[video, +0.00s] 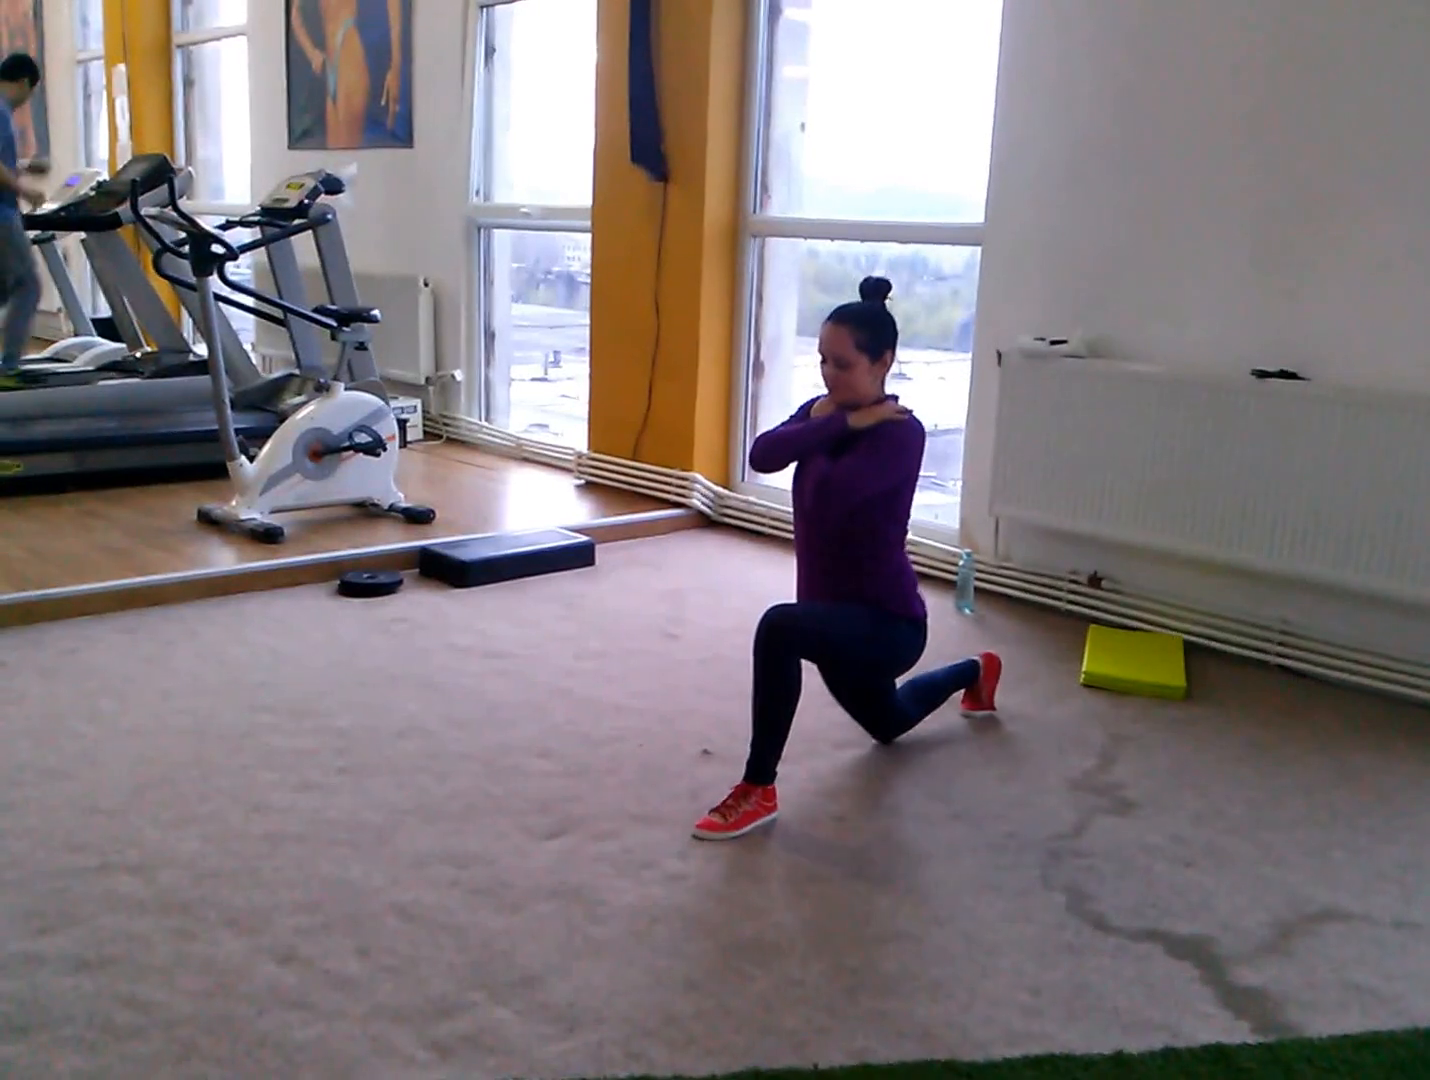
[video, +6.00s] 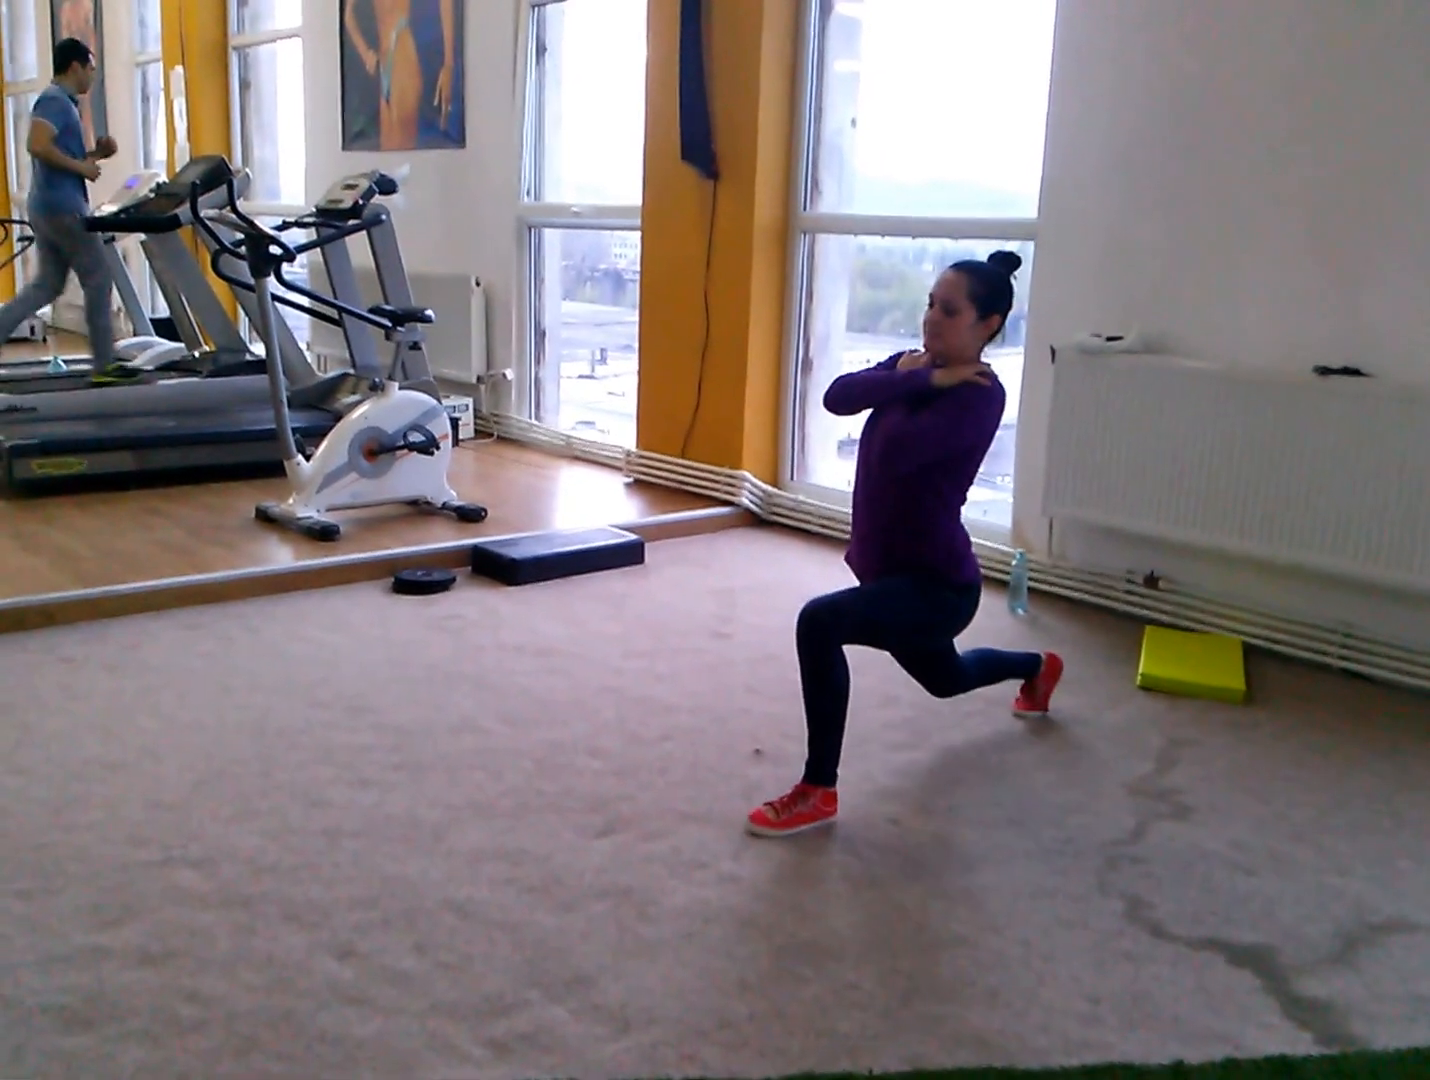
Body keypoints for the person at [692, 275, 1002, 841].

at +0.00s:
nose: (828, 374)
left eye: (840, 364)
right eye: (824, 361)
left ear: (882, 364)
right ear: (821, 358)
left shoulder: (902, 433)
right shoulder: (819, 412)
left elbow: (837, 498)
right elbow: (760, 457)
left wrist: (820, 431)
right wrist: (842, 420)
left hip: (889, 624)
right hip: (828, 619)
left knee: (779, 626)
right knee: (887, 721)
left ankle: (758, 787)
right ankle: (976, 670)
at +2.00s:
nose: (478, 317)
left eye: (491, 301)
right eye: (475, 303)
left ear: (546, 304)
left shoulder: (576, 394)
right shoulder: (498, 386)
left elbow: (483, 486)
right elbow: (420, 453)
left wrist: (497, 401)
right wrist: (501, 386)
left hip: (584, 642)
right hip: (512, 628)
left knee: (572, 840)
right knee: (388, 689)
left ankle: (715, 777)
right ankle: (433, 844)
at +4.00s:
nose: (859, 345)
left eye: (873, 336)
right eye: (856, 331)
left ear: (917, 339)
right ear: (851, 325)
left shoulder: (929, 409)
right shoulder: (848, 379)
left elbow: (851, 467)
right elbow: (783, 420)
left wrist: (833, 408)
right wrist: (873, 393)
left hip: (886, 598)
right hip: (826, 588)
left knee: (769, 626)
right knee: (868, 714)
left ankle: (772, 785)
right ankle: (970, 678)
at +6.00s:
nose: (932, 318)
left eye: (949, 311)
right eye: (931, 305)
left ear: (989, 327)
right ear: (926, 306)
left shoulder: (980, 399)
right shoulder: (908, 365)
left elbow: (898, 457)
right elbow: (836, 398)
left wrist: (894, 383)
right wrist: (930, 377)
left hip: (938, 589)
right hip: (885, 577)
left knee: (819, 623)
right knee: (945, 677)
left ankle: (818, 789)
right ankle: (1040, 666)